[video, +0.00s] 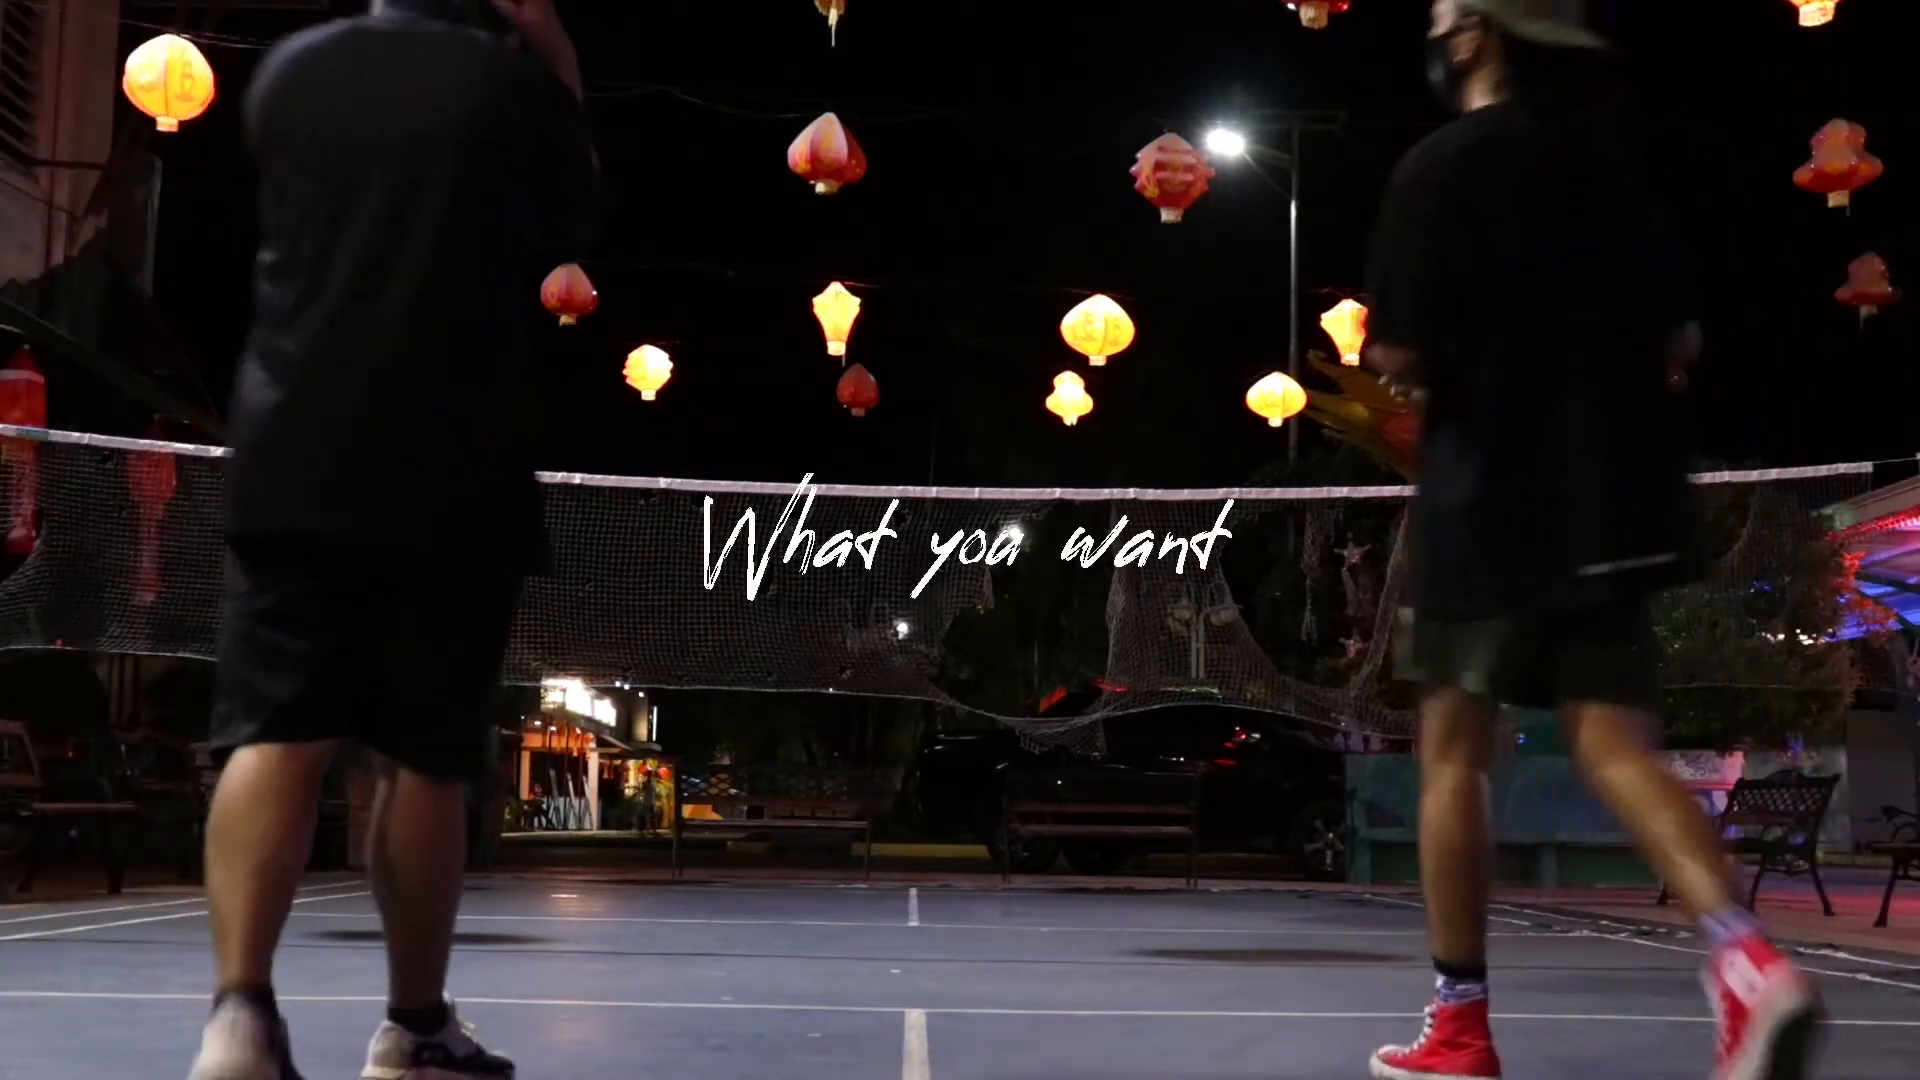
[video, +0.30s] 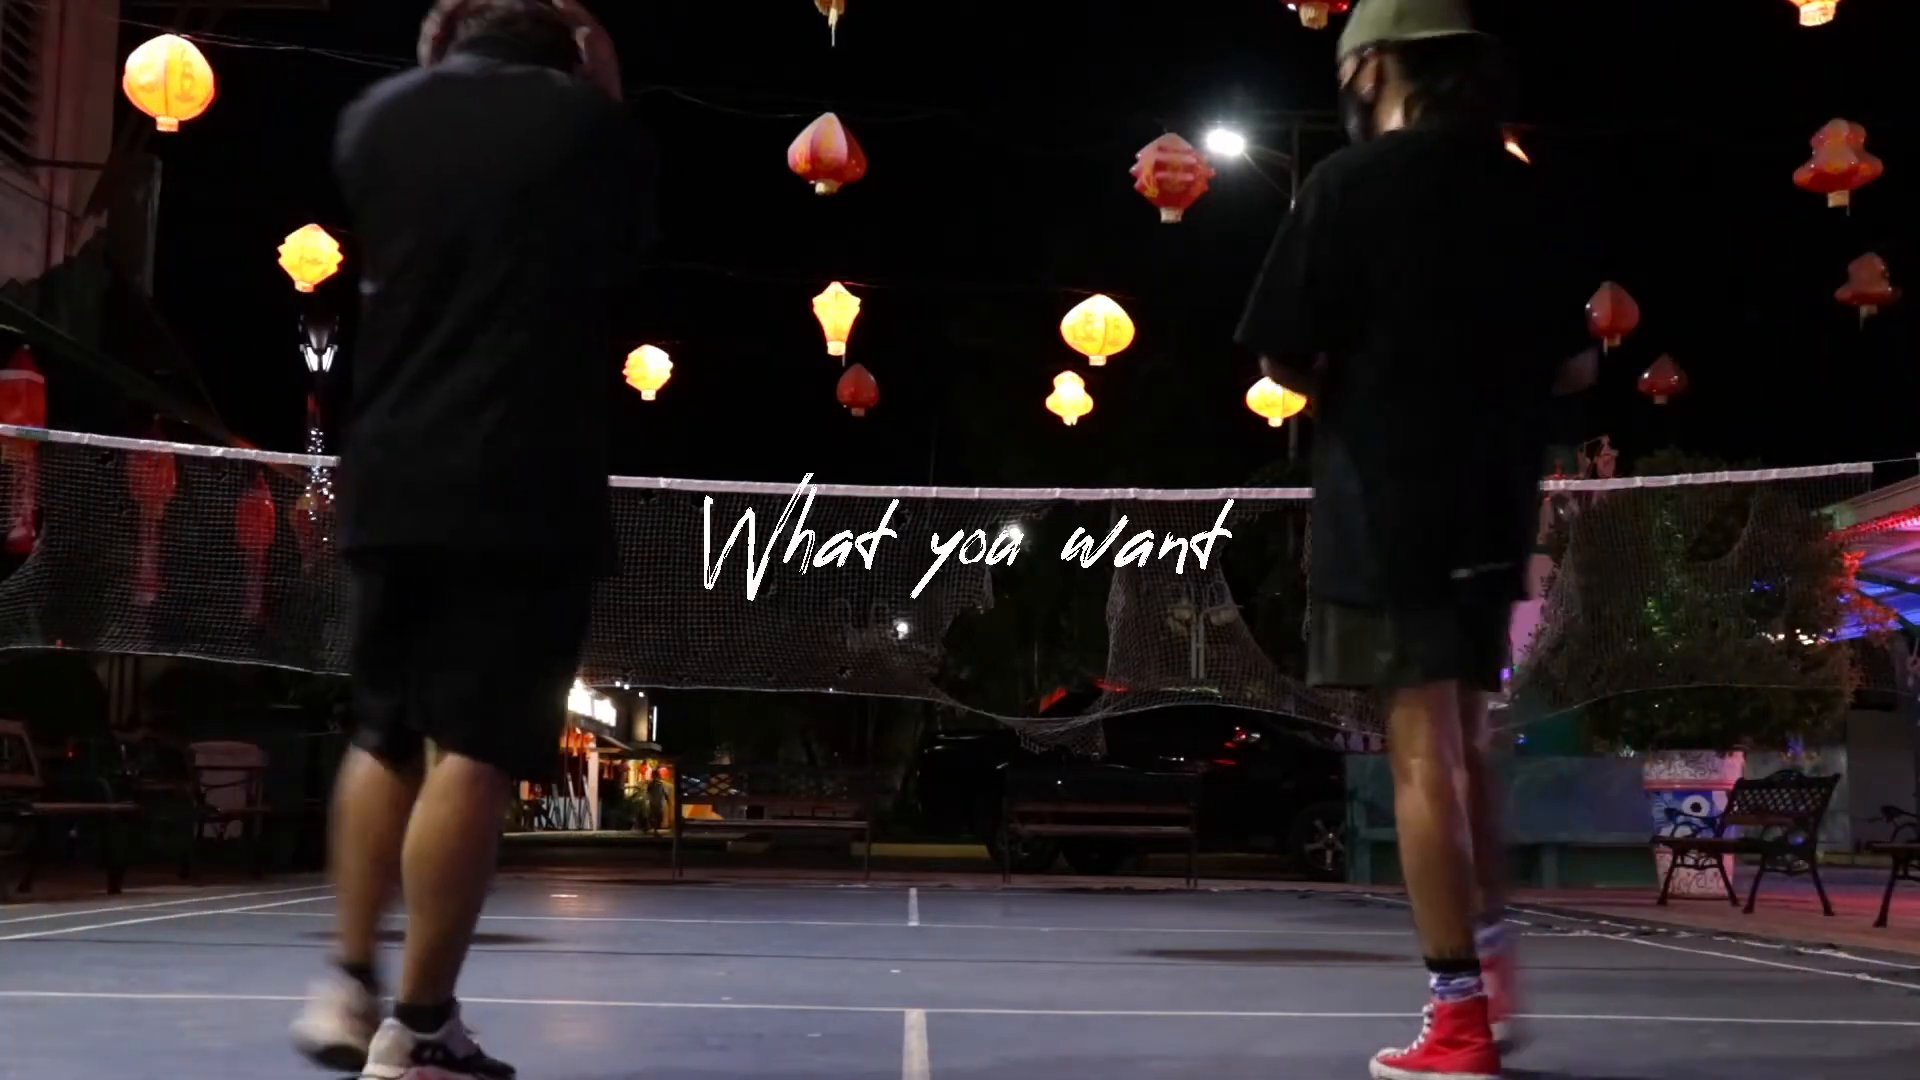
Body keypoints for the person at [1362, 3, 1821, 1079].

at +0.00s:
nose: (1436, 40)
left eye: (1445, 24)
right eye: (1442, 24)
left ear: (1474, 39)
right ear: (1557, 42)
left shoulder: (1446, 168)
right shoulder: (1626, 154)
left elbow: (1399, 358)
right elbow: (1676, 343)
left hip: (1485, 507)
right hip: (1615, 498)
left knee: (1452, 752)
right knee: (1615, 742)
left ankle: (1458, 1022)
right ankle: (1748, 966)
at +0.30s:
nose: (1344, 75)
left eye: (1350, 55)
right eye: (1349, 55)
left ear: (1375, 65)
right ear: (1463, 68)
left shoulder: (1348, 186)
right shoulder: (1525, 189)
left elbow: (1282, 351)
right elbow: (1565, 358)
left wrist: (1364, 385)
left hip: (1387, 499)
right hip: (1494, 495)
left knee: (1424, 755)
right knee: (1467, 743)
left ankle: (1457, 1016)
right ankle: (1489, 964)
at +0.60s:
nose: (1295, 179)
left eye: (1297, 164)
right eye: (1296, 166)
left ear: (1321, 155)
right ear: (1399, 151)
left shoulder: (1296, 231)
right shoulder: (1460, 244)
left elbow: (1235, 395)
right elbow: (1503, 415)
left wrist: (1296, 447)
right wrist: (1420, 449)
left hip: (1326, 519)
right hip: (1423, 523)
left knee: (1388, 764)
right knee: (1359, 761)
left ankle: (1455, 1009)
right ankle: (1333, 989)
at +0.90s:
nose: (1240, 203)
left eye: (1242, 190)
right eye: (1239, 191)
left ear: (1267, 180)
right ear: (1330, 177)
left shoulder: (1257, 253)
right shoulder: (1388, 264)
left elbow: (1218, 412)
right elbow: (1420, 420)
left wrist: (1219, 482)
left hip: (1268, 548)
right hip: (1358, 553)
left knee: (1203, 736)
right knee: (1323, 759)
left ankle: (1321, 883)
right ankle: (1327, 1001)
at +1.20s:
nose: (1166, 235)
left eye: (1169, 219)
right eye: (1162, 221)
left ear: (1204, 207)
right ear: (1244, 206)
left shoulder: (1200, 288)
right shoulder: (1306, 286)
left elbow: (1171, 437)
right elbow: (1303, 428)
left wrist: (1164, 498)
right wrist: (1171, 486)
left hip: (1210, 560)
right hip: (1305, 552)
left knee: (1157, 752)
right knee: (1303, 762)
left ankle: (1120, 959)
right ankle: (1320, 984)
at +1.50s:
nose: (1062, 254)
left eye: (1068, 240)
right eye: (1063, 240)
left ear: (1101, 239)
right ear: (1144, 238)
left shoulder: (1098, 325)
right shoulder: (1207, 323)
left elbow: (1057, 449)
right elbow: (1227, 448)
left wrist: (1073, 512)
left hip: (1105, 570)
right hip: (1200, 566)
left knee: (1089, 766)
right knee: (1195, 762)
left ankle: (1095, 972)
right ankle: (1278, 907)